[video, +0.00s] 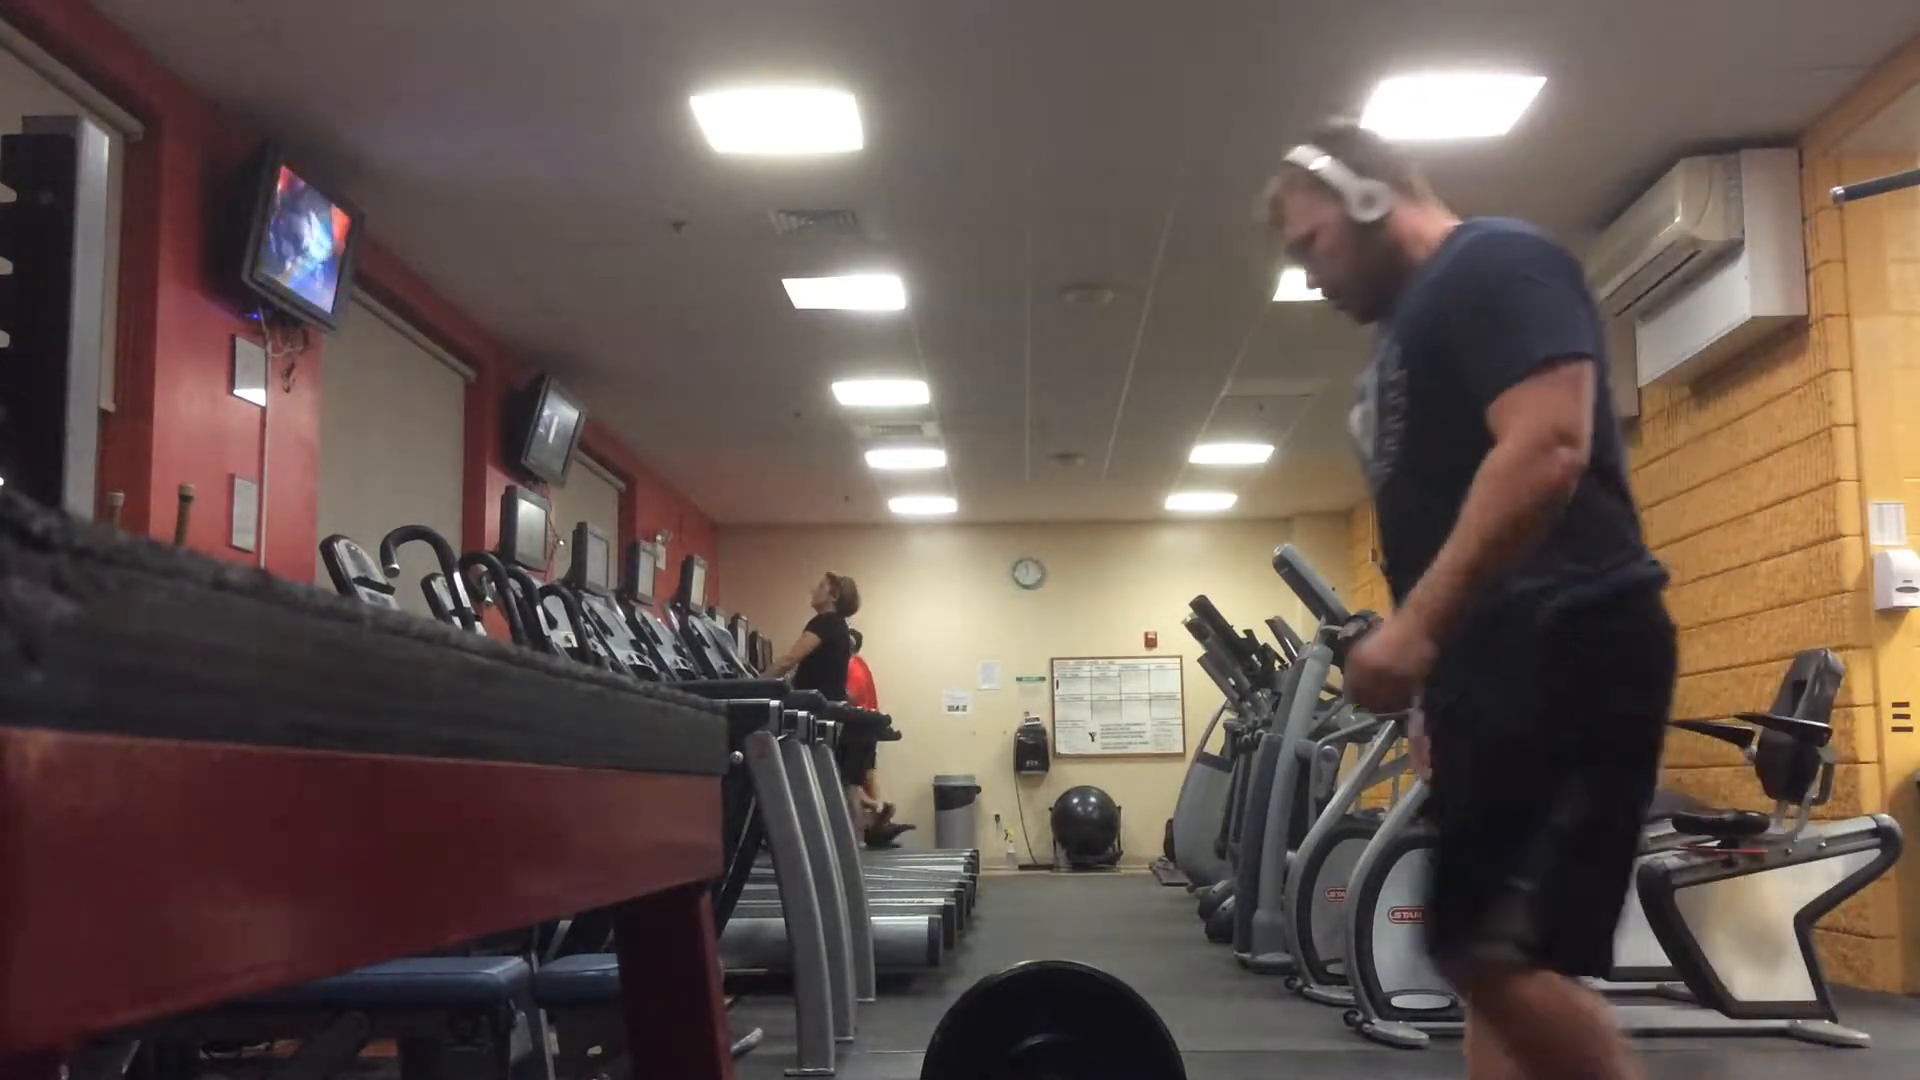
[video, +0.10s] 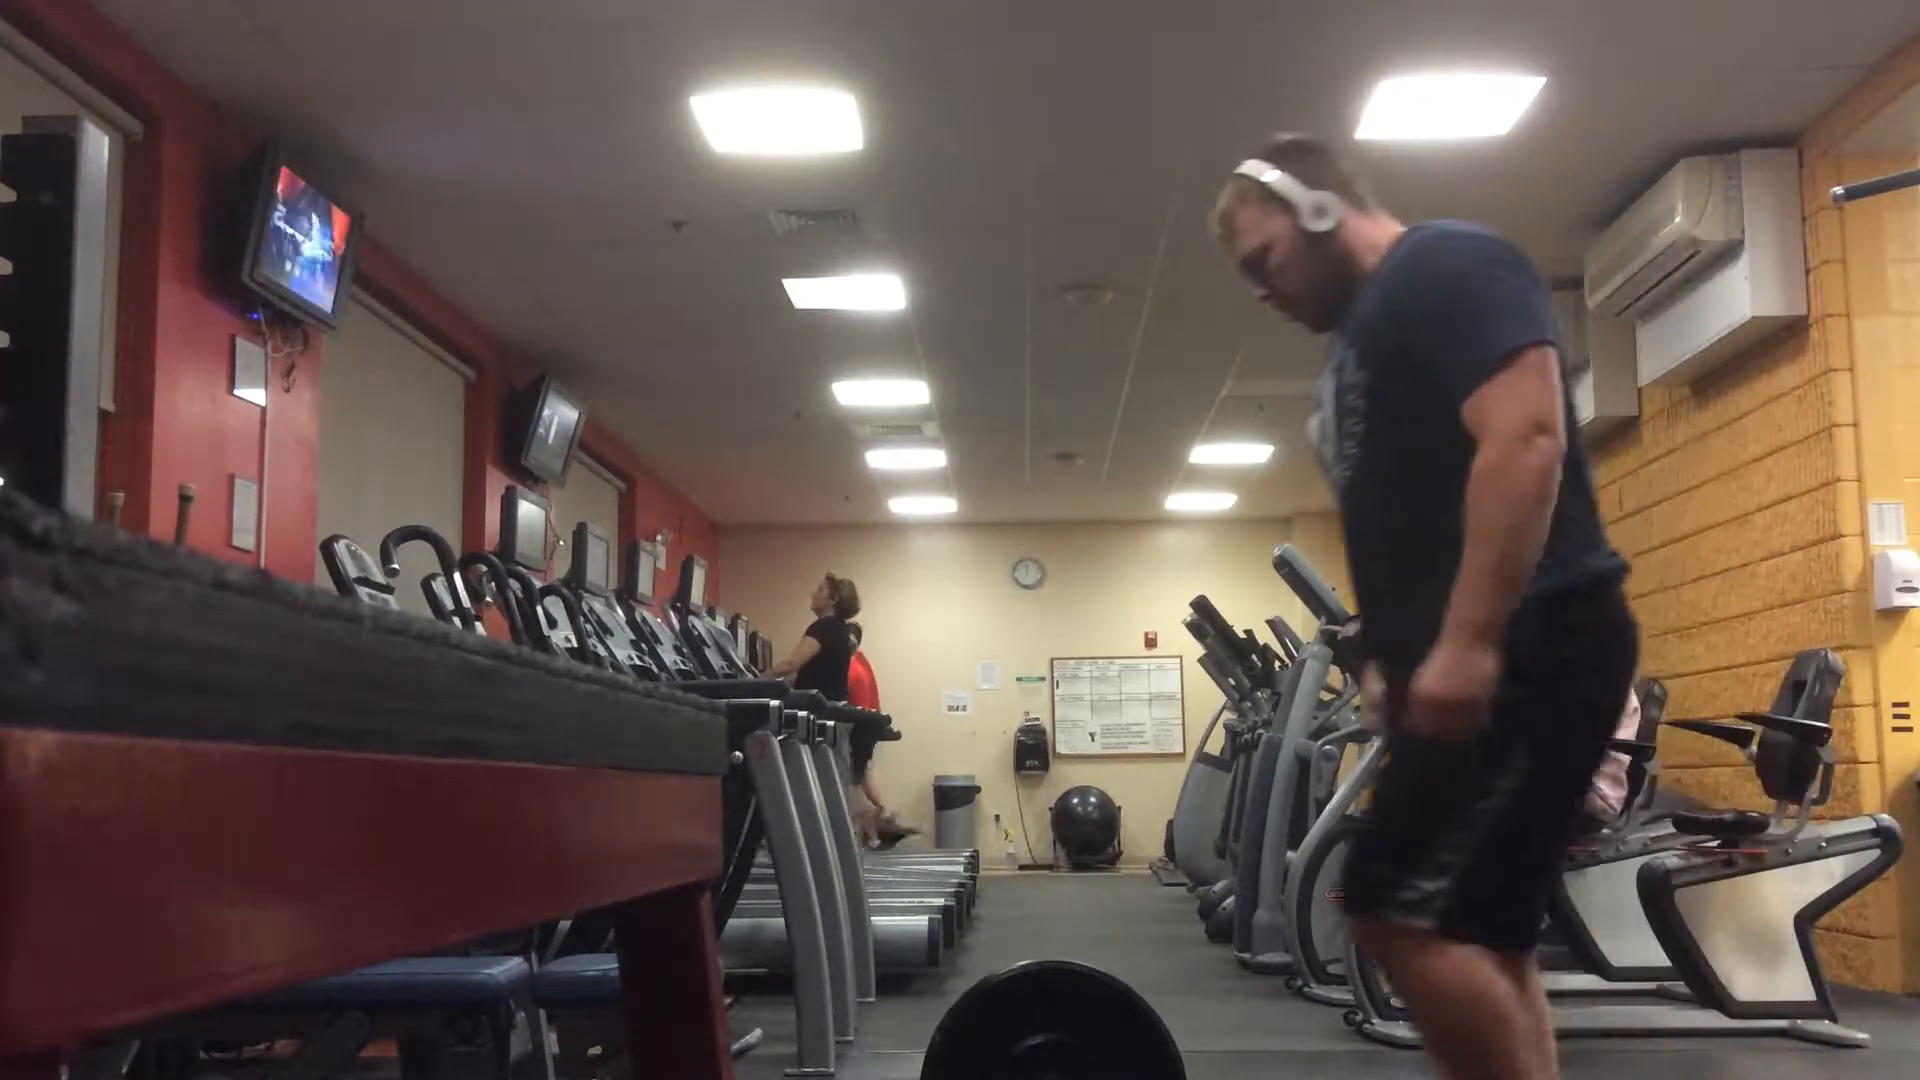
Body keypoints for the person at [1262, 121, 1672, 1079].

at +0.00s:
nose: (1308, 277)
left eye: (1308, 244)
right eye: (1296, 260)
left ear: (1372, 201)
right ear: (1362, 215)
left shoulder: (1492, 260)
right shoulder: (1411, 334)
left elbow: (1545, 447)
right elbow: (1452, 525)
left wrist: (1415, 622)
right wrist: (1439, 692)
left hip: (1569, 638)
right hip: (1499, 650)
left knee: (1498, 954)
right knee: (1496, 961)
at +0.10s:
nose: (1264, 292)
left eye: (1263, 261)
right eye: (1251, 279)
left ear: (1326, 212)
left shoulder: (1443, 261)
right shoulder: (1357, 354)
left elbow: (1526, 438)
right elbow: (1401, 516)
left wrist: (1468, 637)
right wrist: (1384, 649)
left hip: (1541, 638)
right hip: (1479, 653)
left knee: (1401, 913)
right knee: (1487, 944)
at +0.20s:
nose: (1230, 293)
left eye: (1230, 262)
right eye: (1218, 279)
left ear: (1293, 214)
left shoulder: (1406, 262)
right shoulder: (1327, 354)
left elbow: (1510, 428)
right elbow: (1381, 519)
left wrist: (1492, 633)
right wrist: (1360, 655)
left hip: (1491, 641)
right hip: (1440, 651)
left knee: (1377, 924)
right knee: (1477, 948)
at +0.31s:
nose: (1198, 294)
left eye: (1199, 262)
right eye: (1185, 279)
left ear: (1260, 214)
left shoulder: (1370, 265)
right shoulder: (1295, 350)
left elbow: (1478, 430)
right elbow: (1350, 538)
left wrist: (1475, 639)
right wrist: (1344, 704)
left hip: (1450, 653)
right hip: (1404, 662)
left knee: (1392, 972)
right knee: (1464, 973)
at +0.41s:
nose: (1163, 293)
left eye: (1164, 262)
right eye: (1151, 277)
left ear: (1225, 215)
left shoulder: (1337, 268)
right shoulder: (1262, 344)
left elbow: (1433, 443)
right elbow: (1326, 517)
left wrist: (1413, 647)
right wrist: (1308, 664)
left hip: (1414, 661)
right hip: (1357, 669)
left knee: (1370, 980)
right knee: (1404, 981)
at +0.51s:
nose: (1127, 294)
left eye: (1127, 263)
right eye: (1114, 277)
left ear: (1190, 216)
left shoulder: (1301, 268)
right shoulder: (1237, 335)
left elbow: (1395, 448)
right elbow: (1303, 507)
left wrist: (1329, 644)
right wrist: (1276, 652)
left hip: (1400, 659)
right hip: (1327, 669)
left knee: (1342, 977)